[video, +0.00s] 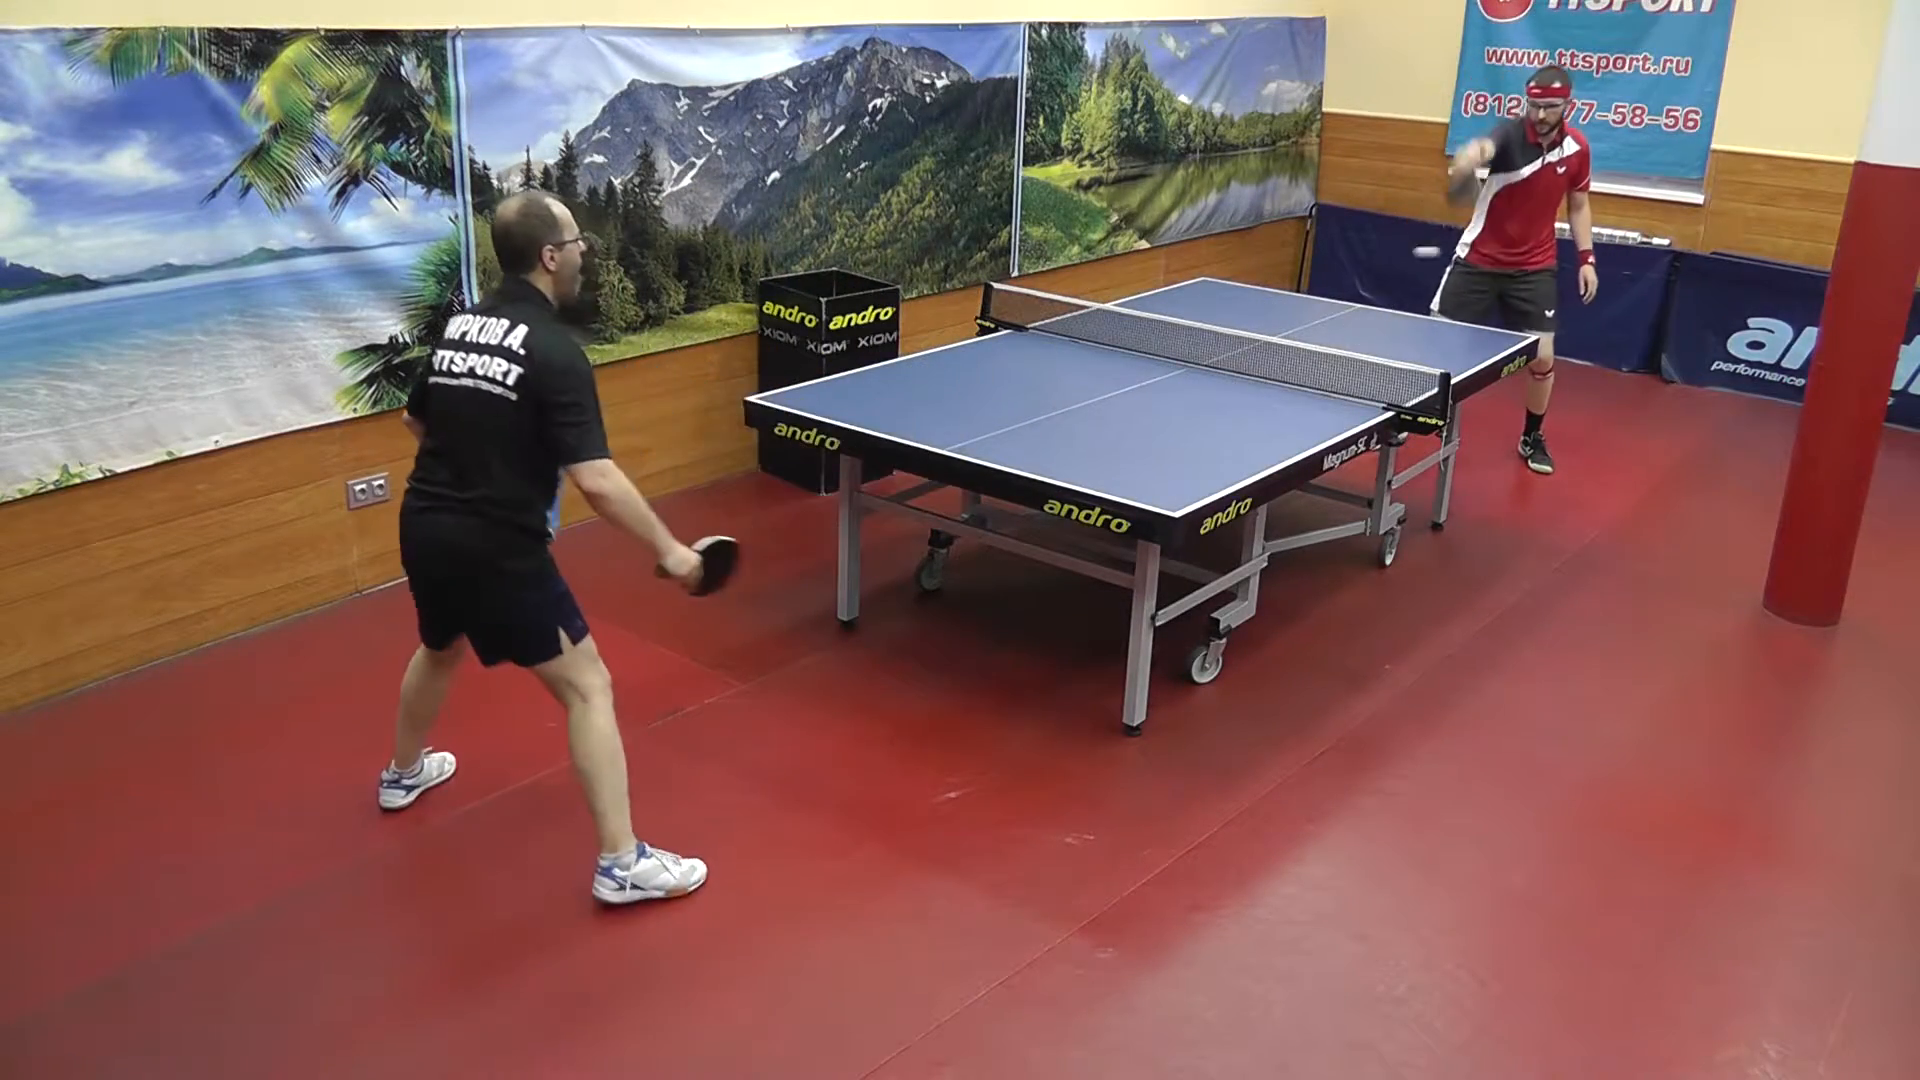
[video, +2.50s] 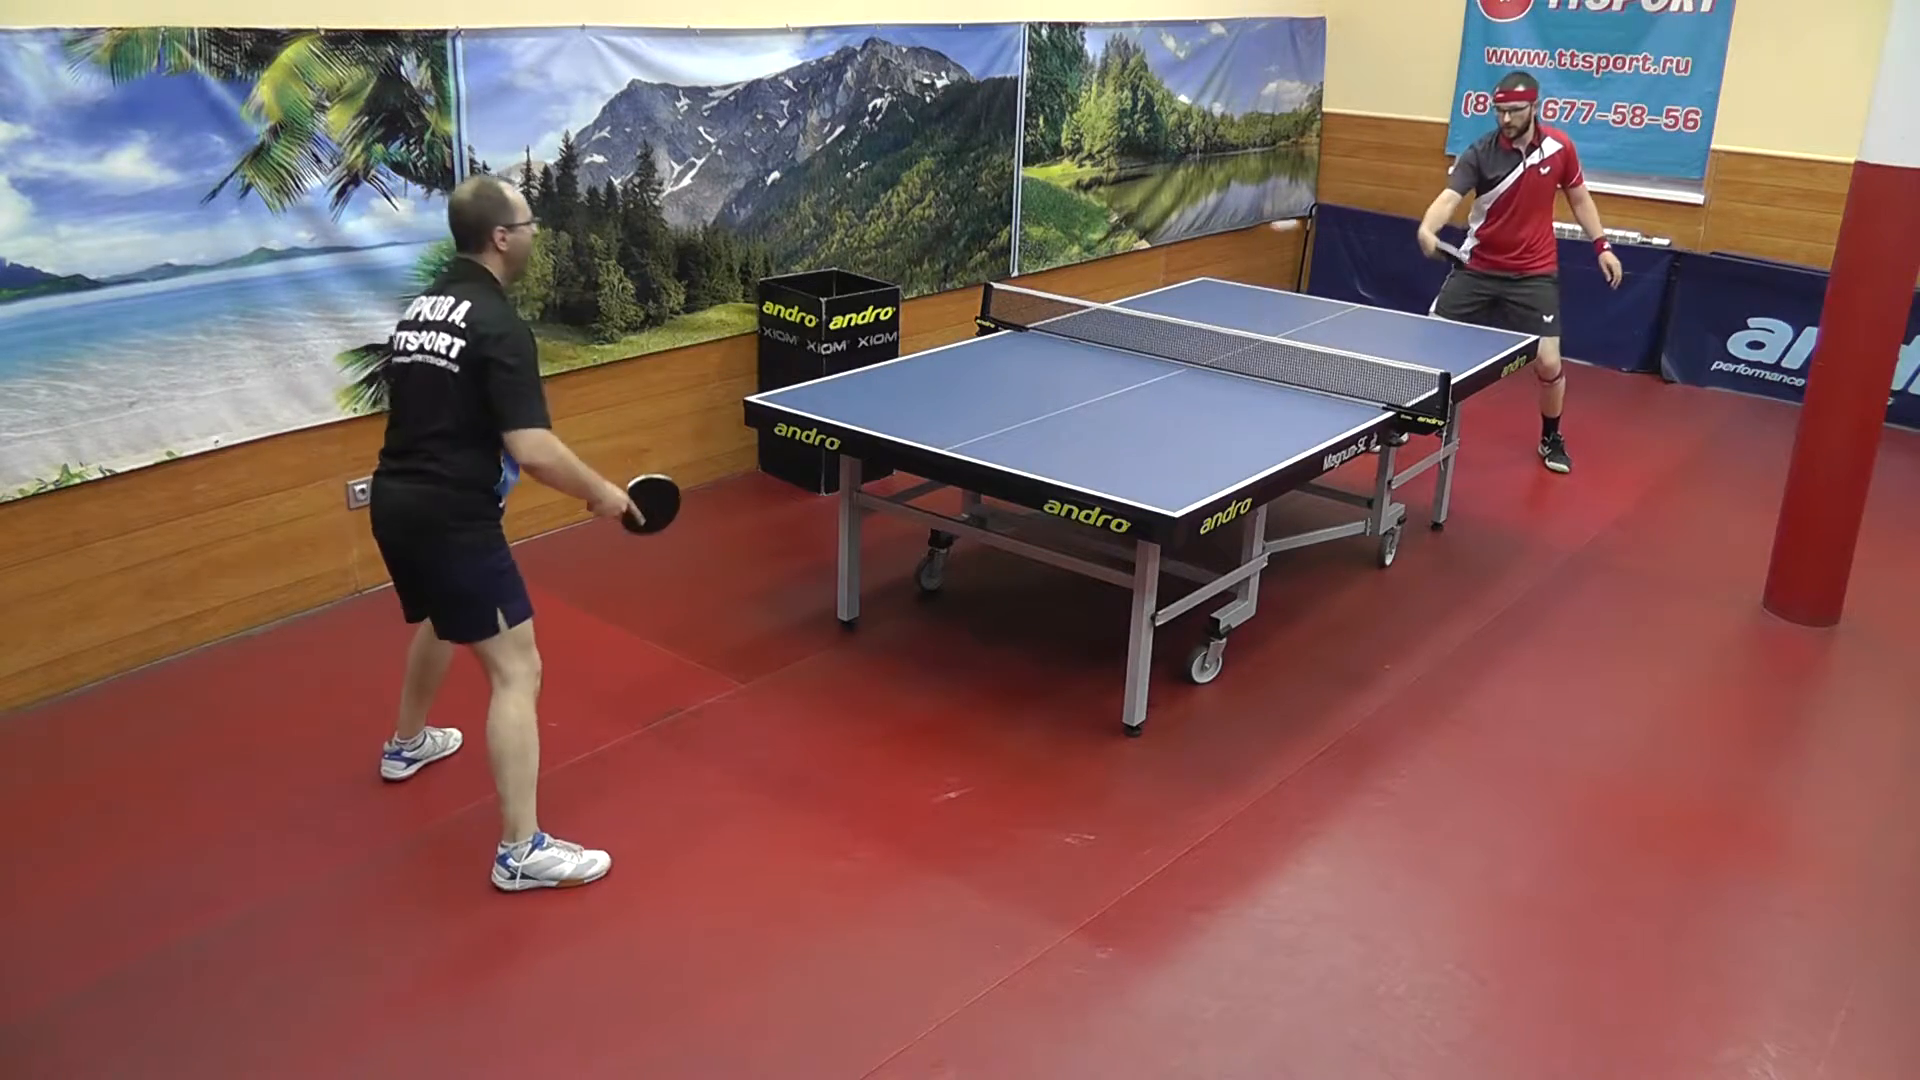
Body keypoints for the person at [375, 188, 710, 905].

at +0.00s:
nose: (582, 252)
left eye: (578, 241)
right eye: (574, 244)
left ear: (516, 258)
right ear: (547, 257)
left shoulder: (462, 322)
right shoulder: (555, 349)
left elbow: (420, 414)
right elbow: (595, 478)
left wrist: (485, 455)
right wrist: (669, 548)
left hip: (427, 530)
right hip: (500, 547)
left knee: (440, 648)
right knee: (586, 687)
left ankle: (402, 770)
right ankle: (623, 859)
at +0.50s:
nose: (538, 280)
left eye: (536, 268)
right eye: (525, 271)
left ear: (487, 279)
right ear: (481, 281)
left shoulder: (498, 333)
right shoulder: (432, 361)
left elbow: (522, 406)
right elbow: (370, 477)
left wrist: (576, 453)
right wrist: (393, 563)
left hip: (483, 541)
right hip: (459, 553)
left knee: (463, 654)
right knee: (535, 682)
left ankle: (390, 755)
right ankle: (586, 855)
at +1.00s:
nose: (432, 227)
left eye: (427, 215)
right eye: (422, 218)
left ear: (367, 236)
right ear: (393, 231)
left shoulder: (339, 332)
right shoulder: (431, 287)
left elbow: (331, 456)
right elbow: (513, 366)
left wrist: (397, 449)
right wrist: (456, 357)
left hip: (379, 510)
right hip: (445, 505)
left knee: (420, 632)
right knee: (483, 677)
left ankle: (387, 761)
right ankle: (473, 859)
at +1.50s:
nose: (526, 258)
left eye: (522, 245)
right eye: (520, 248)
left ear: (456, 255)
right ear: (496, 258)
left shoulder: (408, 324)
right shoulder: (504, 342)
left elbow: (367, 427)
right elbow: (556, 469)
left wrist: (425, 456)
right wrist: (566, 499)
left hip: (383, 529)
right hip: (453, 540)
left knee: (418, 638)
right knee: (529, 696)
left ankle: (389, 755)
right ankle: (532, 874)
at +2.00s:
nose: (452, 232)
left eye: (445, 221)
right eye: (445, 223)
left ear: (388, 244)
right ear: (429, 234)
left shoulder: (360, 325)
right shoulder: (474, 289)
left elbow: (326, 433)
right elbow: (587, 294)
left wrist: (382, 455)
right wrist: (675, 263)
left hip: (381, 503)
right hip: (456, 496)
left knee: (422, 609)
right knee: (484, 658)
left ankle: (409, 739)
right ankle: (468, 831)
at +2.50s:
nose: (534, 234)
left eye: (530, 223)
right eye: (527, 225)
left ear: (470, 238)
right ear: (501, 237)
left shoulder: (421, 309)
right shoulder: (499, 322)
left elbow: (414, 415)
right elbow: (530, 446)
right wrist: (599, 490)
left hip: (395, 503)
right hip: (453, 513)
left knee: (440, 616)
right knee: (516, 670)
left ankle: (407, 739)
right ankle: (522, 847)